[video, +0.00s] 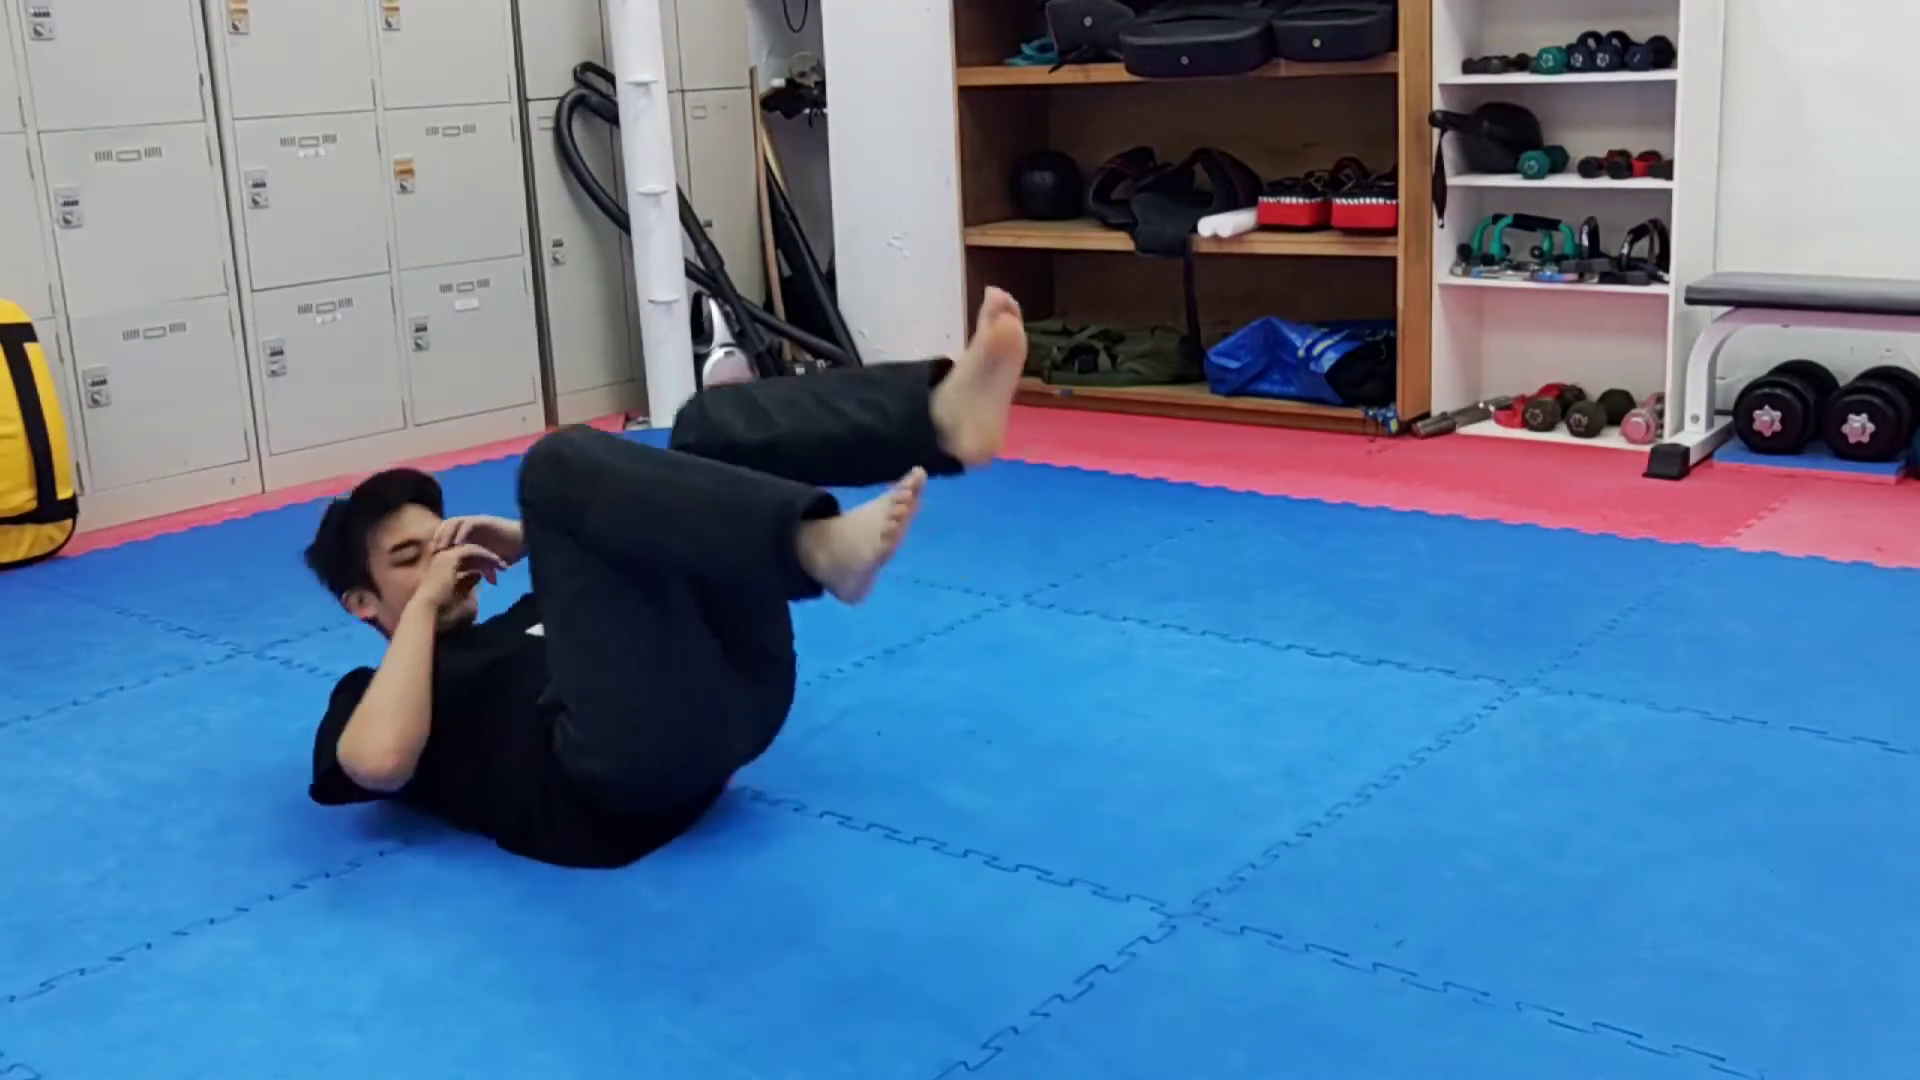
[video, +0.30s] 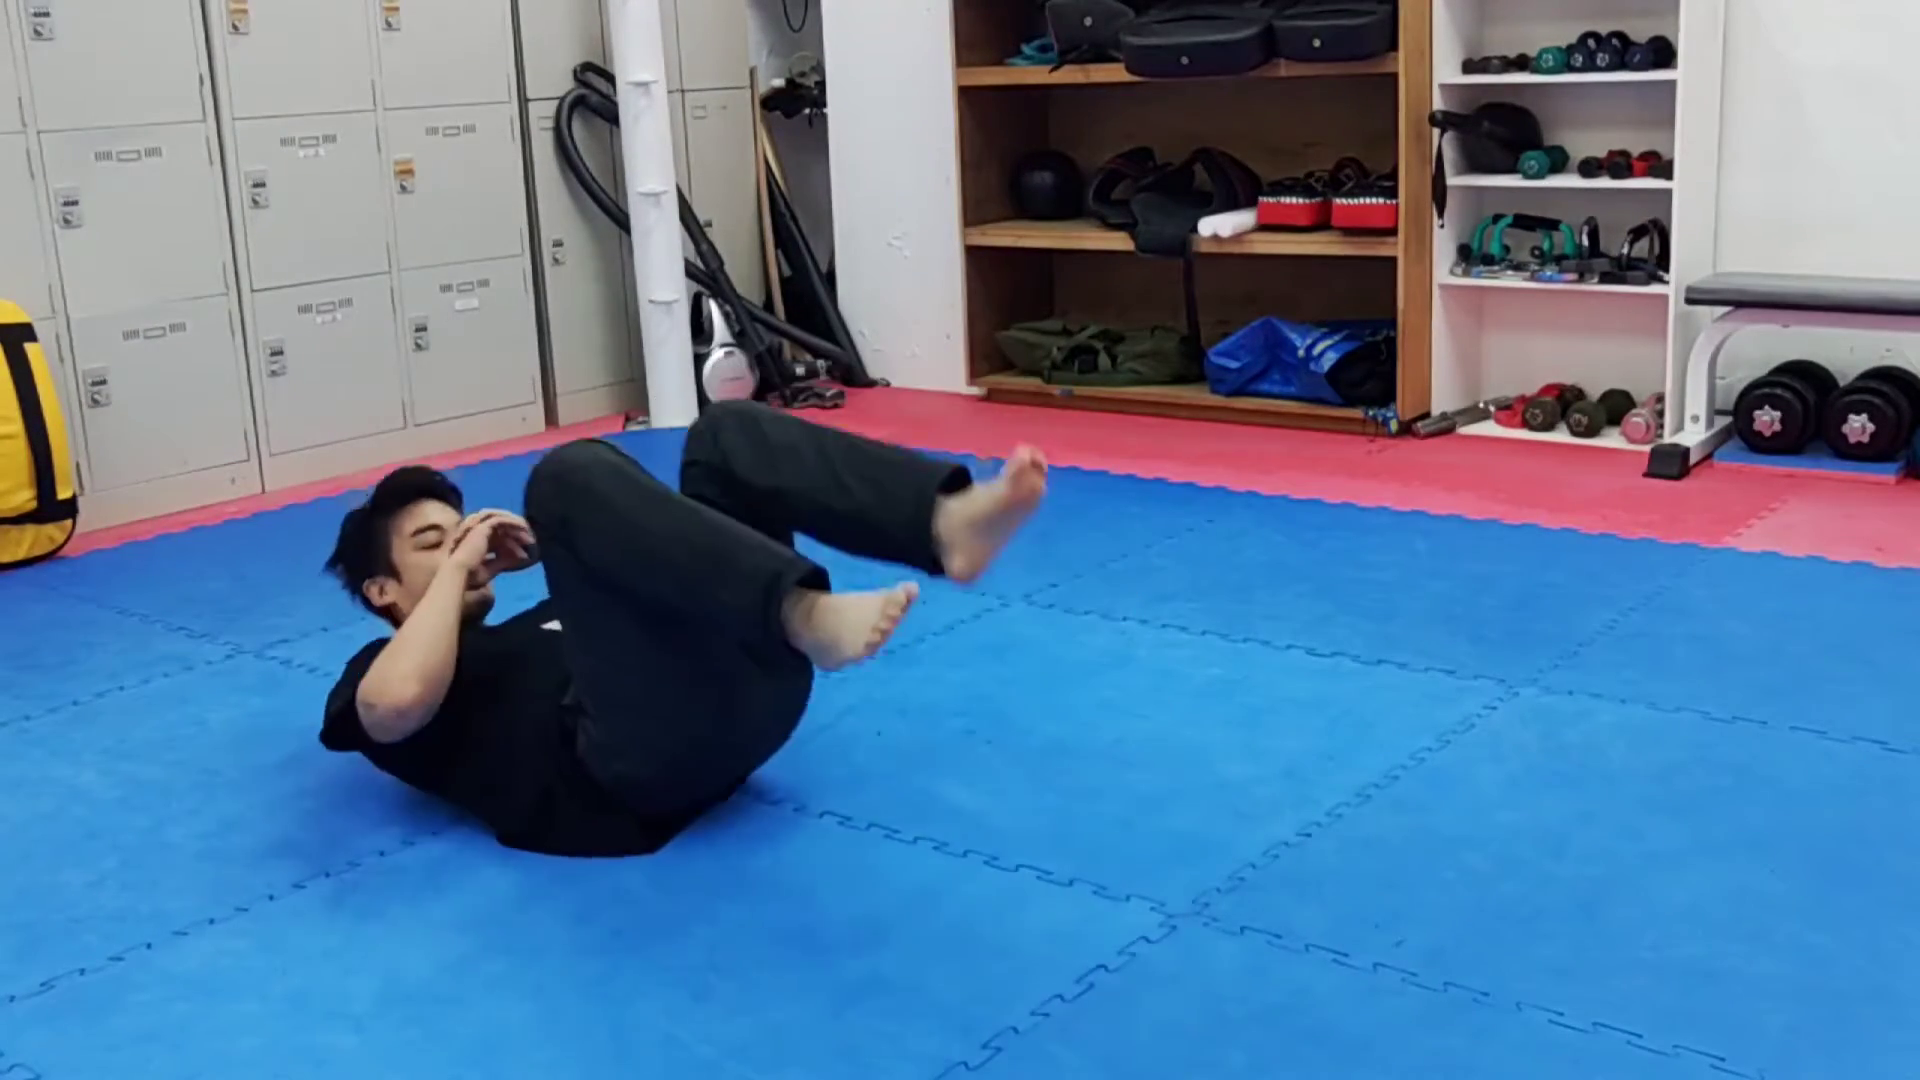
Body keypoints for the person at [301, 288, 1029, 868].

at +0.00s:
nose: (441, 563)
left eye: (443, 544)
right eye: (407, 557)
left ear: (468, 553)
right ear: (364, 603)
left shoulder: (536, 613)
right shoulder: (367, 697)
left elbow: (641, 577)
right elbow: (381, 762)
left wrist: (534, 544)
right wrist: (423, 616)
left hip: (726, 701)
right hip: (620, 772)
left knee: (708, 424)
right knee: (554, 466)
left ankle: (943, 415)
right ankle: (812, 549)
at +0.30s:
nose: (460, 552)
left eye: (465, 535)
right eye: (429, 540)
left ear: (489, 558)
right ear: (383, 590)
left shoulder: (537, 634)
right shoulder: (375, 677)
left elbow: (639, 637)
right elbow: (403, 699)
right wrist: (457, 581)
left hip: (739, 710)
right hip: (635, 768)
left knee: (723, 435)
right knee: (566, 476)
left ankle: (941, 521)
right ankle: (796, 613)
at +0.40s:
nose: (487, 527)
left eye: (494, 507)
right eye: (455, 515)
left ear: (516, 526)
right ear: (405, 556)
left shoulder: (578, 599)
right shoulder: (391, 653)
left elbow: (689, 604)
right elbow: (417, 712)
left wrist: (593, 544)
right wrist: (472, 576)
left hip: (755, 725)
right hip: (640, 778)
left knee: (786, 462)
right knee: (630, 479)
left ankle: (974, 595)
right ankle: (833, 660)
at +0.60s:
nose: (507, 496)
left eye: (514, 468)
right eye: (475, 487)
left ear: (536, 460)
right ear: (435, 512)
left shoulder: (612, 532)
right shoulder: (435, 629)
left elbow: (722, 551)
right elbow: (429, 757)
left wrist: (589, 531)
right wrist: (478, 601)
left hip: (785, 743)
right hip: (660, 780)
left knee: (900, 499)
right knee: (740, 491)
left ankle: (1041, 678)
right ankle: (905, 708)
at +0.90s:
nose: (480, 532)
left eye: (478, 506)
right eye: (448, 534)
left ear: (500, 494)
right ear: (420, 568)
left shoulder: (587, 562)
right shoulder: (452, 675)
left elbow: (695, 528)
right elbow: (471, 806)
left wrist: (538, 542)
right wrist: (455, 642)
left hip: (802, 730)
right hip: (693, 769)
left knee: (928, 514)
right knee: (764, 486)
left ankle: (1110, 598)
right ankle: (940, 680)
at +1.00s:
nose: (478, 539)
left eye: (476, 517)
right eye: (446, 540)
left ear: (494, 520)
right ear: (414, 583)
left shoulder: (586, 584)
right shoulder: (451, 685)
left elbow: (675, 533)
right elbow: (446, 784)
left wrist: (530, 528)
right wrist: (438, 626)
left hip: (792, 720)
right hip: (687, 761)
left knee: (875, 481)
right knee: (701, 465)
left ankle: (1078, 496)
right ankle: (912, 610)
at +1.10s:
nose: (478, 553)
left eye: (475, 535)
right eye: (451, 552)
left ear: (492, 546)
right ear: (412, 598)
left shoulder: (574, 593)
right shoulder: (443, 699)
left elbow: (659, 527)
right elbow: (422, 758)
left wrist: (532, 517)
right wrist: (428, 602)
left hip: (783, 694)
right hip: (680, 741)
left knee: (803, 434)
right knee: (649, 445)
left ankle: (1025, 430)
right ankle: (888, 556)